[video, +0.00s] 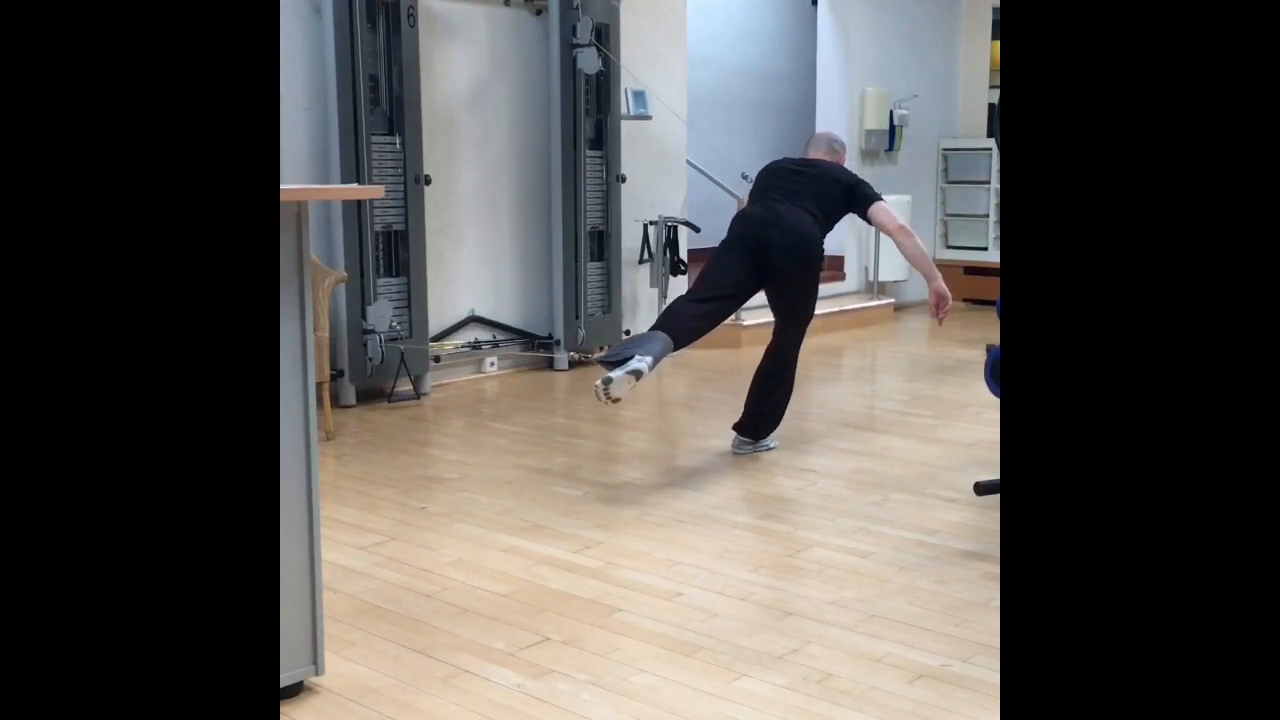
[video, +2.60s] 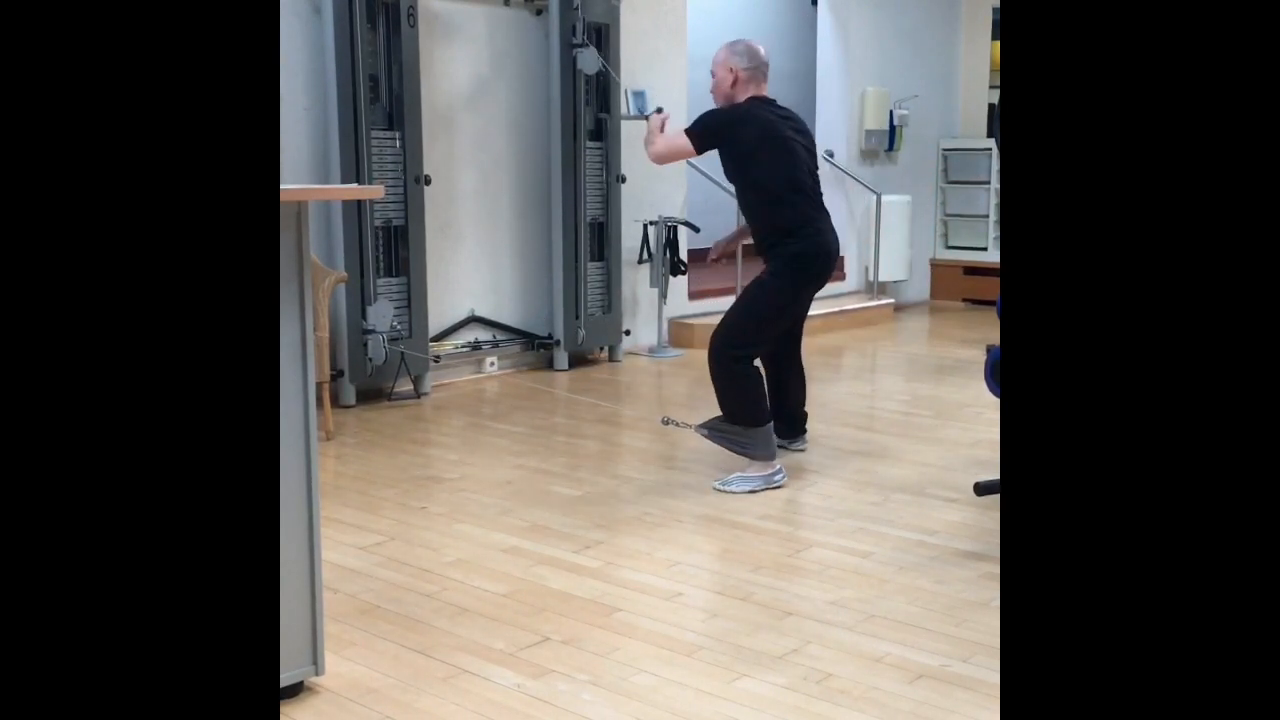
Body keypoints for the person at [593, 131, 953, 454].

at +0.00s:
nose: (842, 167)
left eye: (836, 160)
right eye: (843, 161)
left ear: (807, 151)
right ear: (840, 158)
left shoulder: (777, 166)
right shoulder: (845, 178)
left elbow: (745, 209)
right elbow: (897, 228)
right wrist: (935, 281)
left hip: (748, 233)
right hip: (798, 247)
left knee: (702, 301)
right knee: (787, 337)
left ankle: (646, 354)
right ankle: (752, 433)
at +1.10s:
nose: (838, 160)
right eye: (840, 155)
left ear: (802, 145)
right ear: (838, 152)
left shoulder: (772, 160)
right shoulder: (843, 173)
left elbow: (749, 203)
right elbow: (894, 222)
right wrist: (924, 278)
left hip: (747, 235)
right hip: (800, 246)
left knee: (719, 319)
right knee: (787, 338)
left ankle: (684, 396)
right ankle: (750, 432)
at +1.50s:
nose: (842, 136)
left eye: (840, 133)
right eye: (843, 132)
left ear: (801, 119)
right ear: (838, 128)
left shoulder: (770, 139)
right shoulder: (845, 156)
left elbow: (754, 193)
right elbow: (894, 218)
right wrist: (906, 276)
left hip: (753, 240)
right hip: (806, 249)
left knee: (728, 331)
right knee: (788, 339)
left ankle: (738, 430)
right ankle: (759, 428)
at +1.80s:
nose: (835, 118)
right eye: (837, 114)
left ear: (793, 99)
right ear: (834, 112)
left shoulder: (762, 123)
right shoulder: (843, 147)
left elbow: (759, 178)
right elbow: (877, 222)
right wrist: (851, 272)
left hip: (755, 239)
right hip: (808, 249)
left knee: (722, 336)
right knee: (786, 342)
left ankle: (759, 436)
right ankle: (751, 435)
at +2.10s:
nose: (771, 91)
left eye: (771, 85)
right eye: (775, 86)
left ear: (775, 84)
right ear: (814, 93)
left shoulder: (749, 113)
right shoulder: (833, 139)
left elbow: (724, 155)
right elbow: (849, 220)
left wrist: (765, 144)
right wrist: (817, 248)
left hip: (759, 248)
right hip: (810, 257)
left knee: (712, 344)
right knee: (780, 349)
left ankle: (759, 449)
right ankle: (756, 438)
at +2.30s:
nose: (748, 91)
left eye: (749, 85)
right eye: (752, 86)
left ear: (756, 82)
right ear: (792, 85)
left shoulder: (736, 113)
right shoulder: (817, 129)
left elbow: (699, 152)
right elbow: (836, 213)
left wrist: (709, 138)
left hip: (773, 247)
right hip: (817, 250)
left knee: (713, 348)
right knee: (778, 345)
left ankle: (764, 457)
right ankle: (769, 444)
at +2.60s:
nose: (711, 83)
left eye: (715, 74)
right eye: (712, 74)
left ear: (736, 76)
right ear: (756, 78)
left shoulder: (732, 118)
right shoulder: (791, 120)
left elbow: (658, 152)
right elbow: (789, 197)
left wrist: (655, 127)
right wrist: (735, 239)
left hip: (794, 256)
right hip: (819, 251)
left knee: (728, 346)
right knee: (781, 344)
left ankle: (762, 463)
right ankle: (789, 430)